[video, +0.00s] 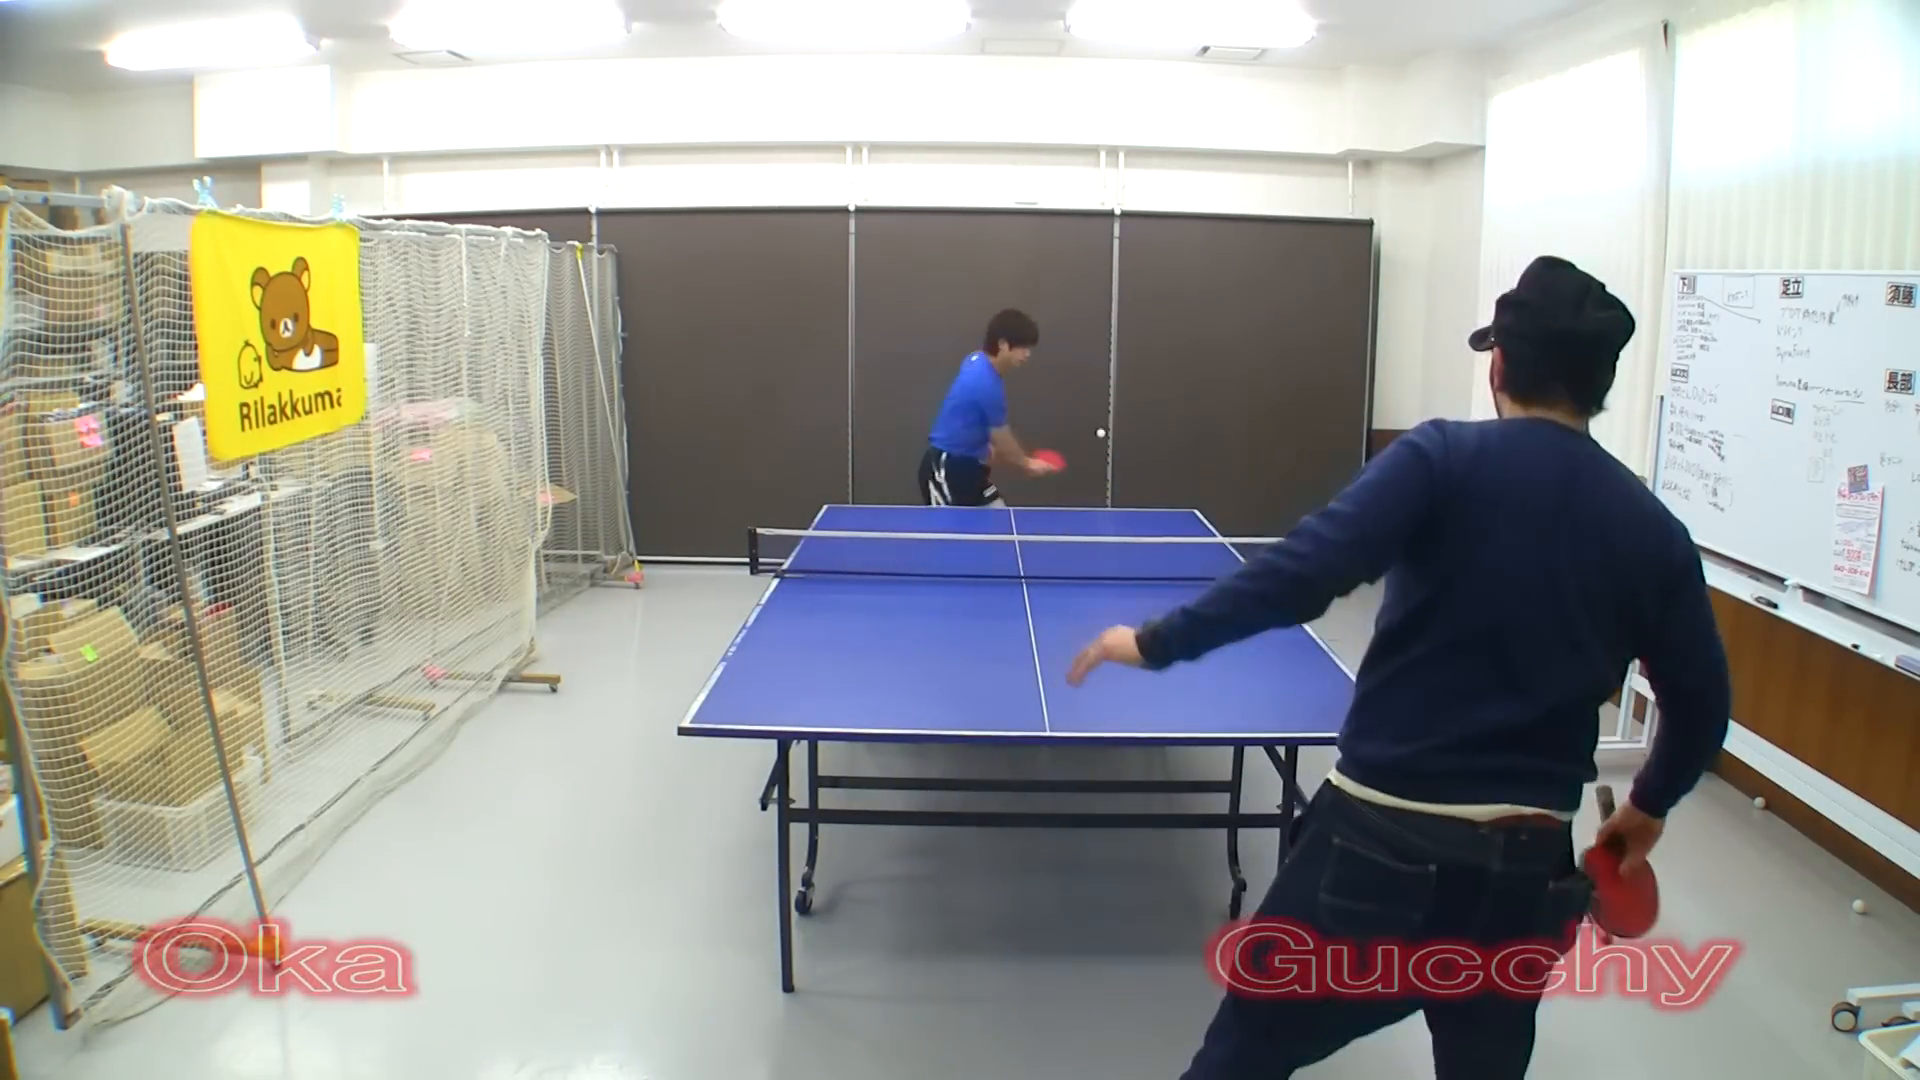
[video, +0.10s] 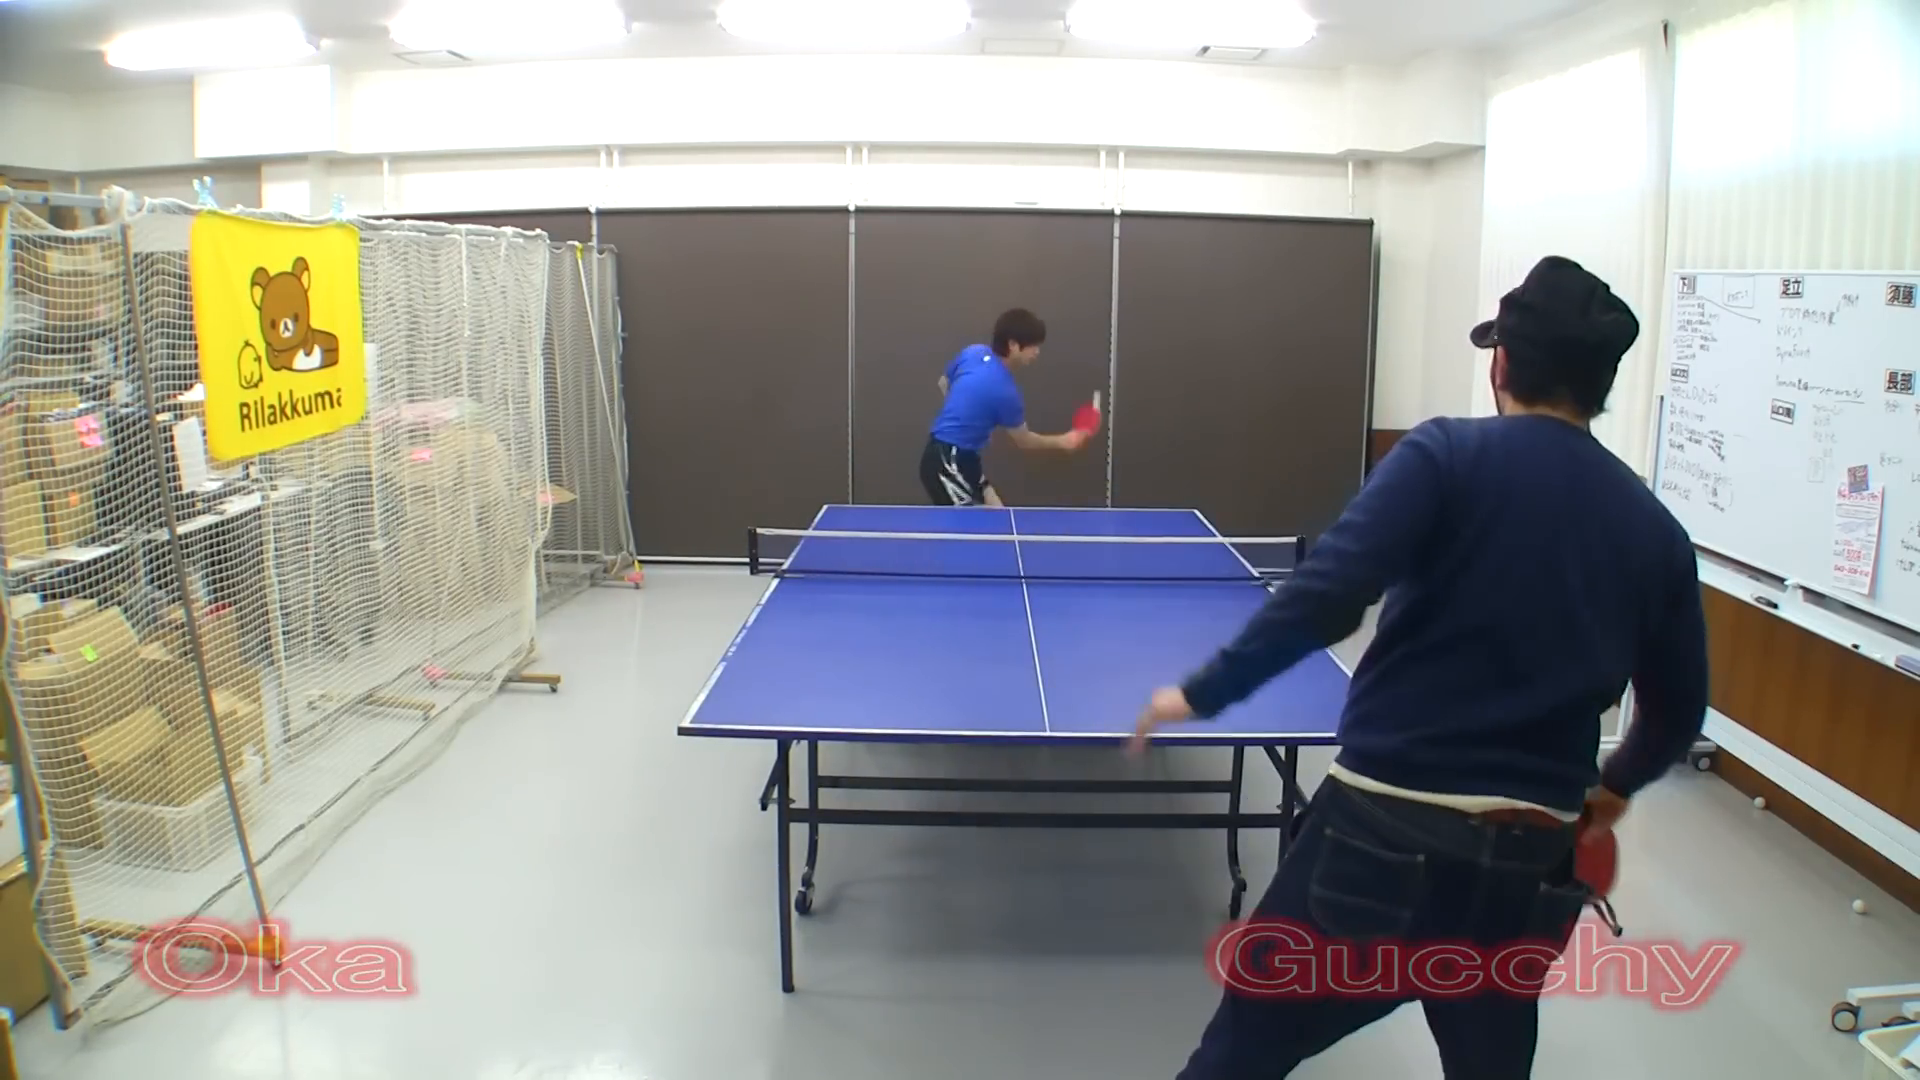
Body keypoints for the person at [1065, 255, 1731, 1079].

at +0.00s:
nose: (1486, 364)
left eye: (1489, 350)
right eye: (1491, 345)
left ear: (1499, 363)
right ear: (1601, 383)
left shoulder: (1441, 458)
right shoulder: (1650, 526)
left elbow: (1305, 572)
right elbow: (1701, 705)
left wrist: (1152, 641)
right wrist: (1646, 809)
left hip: (1380, 847)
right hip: (1528, 868)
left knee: (1240, 1053)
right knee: (1487, 1063)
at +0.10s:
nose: (1487, 363)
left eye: (1491, 349)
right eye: (1492, 347)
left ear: (1503, 362)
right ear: (1599, 384)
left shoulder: (1446, 453)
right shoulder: (1653, 527)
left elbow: (1331, 589)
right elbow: (1675, 708)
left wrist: (1199, 692)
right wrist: (1614, 787)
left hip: (1380, 838)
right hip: (1530, 859)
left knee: (1241, 1048)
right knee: (1493, 1065)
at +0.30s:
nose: (1448, 355)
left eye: (1452, 340)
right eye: (1456, 338)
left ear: (1460, 355)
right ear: (1561, 370)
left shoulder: (1417, 464)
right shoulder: (1614, 519)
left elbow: (1359, 642)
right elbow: (1616, 694)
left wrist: (1274, 788)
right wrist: (1513, 739)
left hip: (1368, 857)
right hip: (1507, 868)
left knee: (1215, 1061)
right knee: (1479, 1066)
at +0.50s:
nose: (1351, 363)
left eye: (1356, 349)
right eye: (1356, 347)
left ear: (1368, 366)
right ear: (1466, 374)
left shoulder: (1333, 484)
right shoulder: (1523, 512)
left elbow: (1302, 658)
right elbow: (1538, 678)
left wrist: (1210, 789)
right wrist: (1422, 705)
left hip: (1317, 882)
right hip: (1458, 882)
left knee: (1180, 1068)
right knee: (1450, 1069)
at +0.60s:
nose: (1281, 381)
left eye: (1286, 367)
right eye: (1286, 365)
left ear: (1295, 383)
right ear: (1395, 386)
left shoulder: (1265, 514)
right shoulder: (1462, 527)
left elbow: (1217, 689)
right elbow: (1480, 683)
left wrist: (1123, 799)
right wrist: (1363, 701)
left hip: (1274, 899)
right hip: (1415, 894)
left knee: (1127, 1068)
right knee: (1419, 1069)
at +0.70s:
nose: (1182, 408)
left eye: (1188, 394)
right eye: (1190, 390)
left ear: (1199, 413)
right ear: (1301, 411)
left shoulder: (1172, 550)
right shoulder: (1373, 539)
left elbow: (1091, 735)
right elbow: (1403, 694)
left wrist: (1005, 806)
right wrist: (1292, 723)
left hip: (1217, 925)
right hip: (1363, 912)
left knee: (1054, 1061)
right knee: (1379, 1059)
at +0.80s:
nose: (1041, 432)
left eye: (1047, 414)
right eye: (1047, 409)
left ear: (1065, 431)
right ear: (1168, 420)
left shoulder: (1029, 568)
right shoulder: (1259, 541)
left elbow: (923, 746)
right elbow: (1317, 702)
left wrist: (877, 770)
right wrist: (1217, 730)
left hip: (1107, 947)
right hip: (1273, 932)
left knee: (1007, 1068)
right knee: (1342, 1057)